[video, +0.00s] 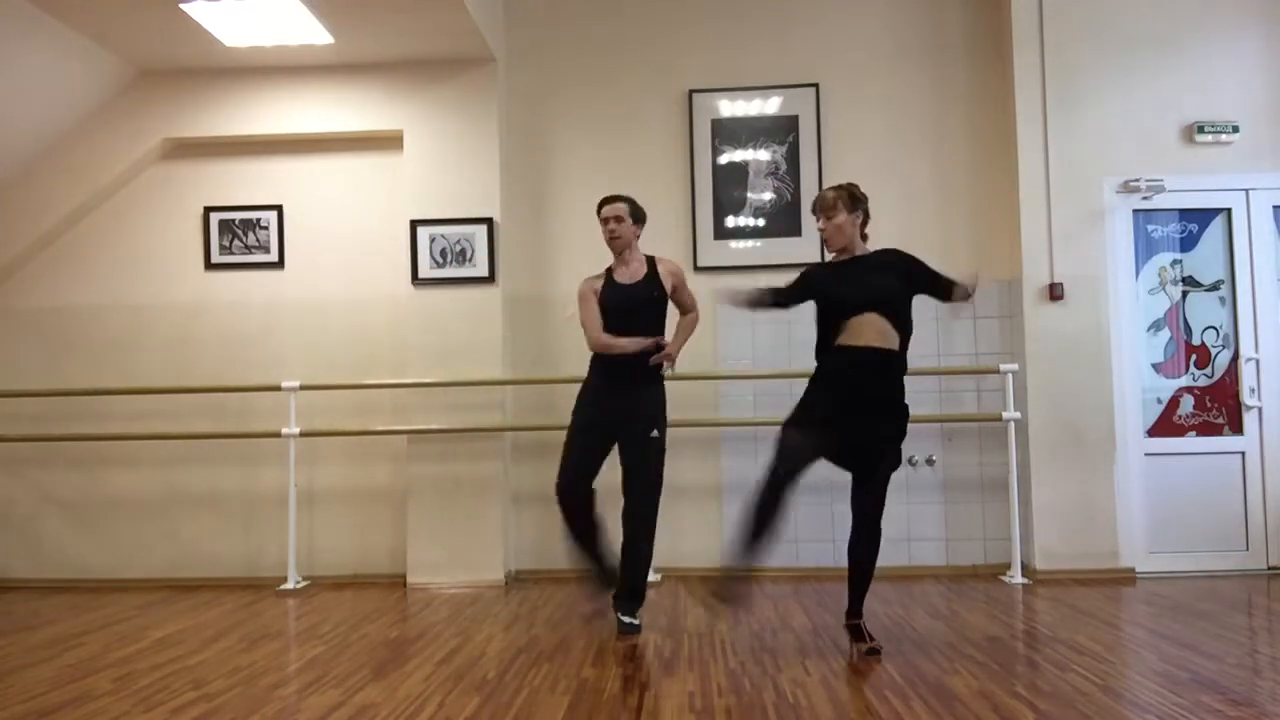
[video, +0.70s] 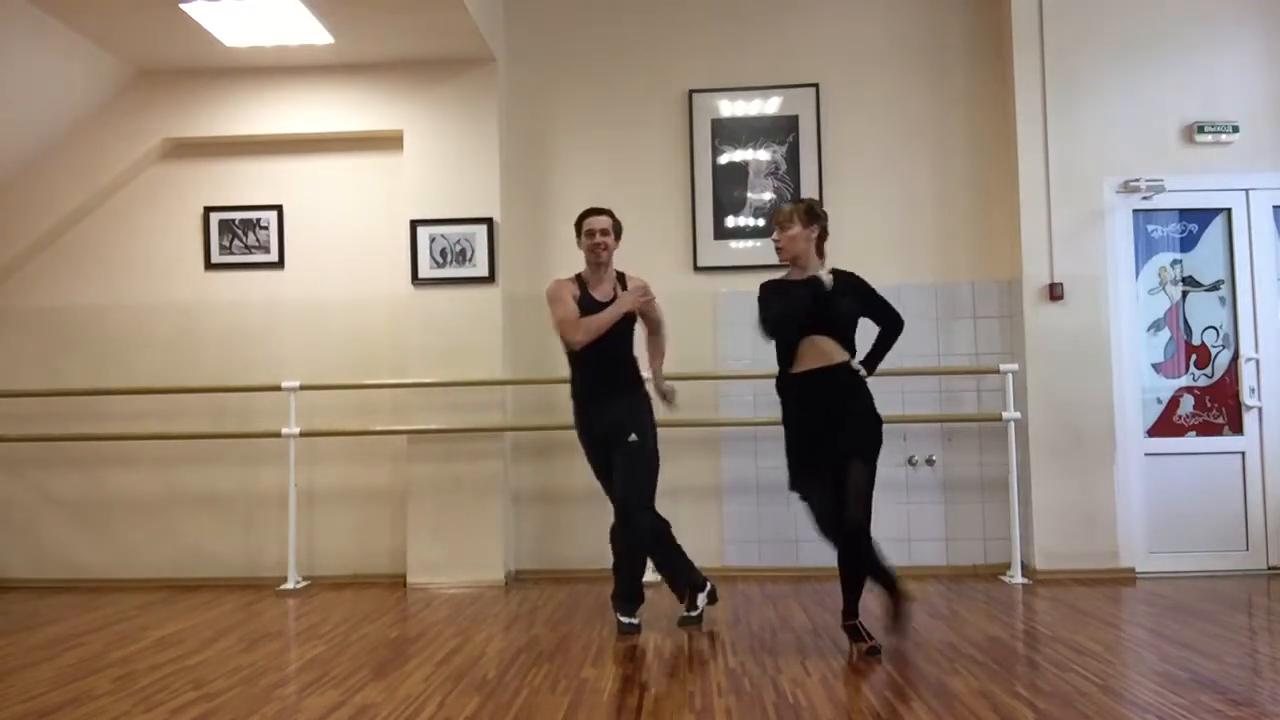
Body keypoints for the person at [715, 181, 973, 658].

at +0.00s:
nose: (824, 225)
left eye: (833, 215)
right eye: (821, 217)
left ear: (859, 218)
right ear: (820, 223)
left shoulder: (896, 262)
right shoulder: (820, 275)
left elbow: (949, 291)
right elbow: (782, 297)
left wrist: (963, 289)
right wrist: (740, 297)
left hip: (883, 394)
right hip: (830, 388)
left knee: (868, 513)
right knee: (781, 472)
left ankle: (855, 616)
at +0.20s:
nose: (816, 228)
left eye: (825, 220)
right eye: (814, 222)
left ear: (853, 226)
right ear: (815, 231)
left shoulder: (883, 275)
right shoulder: (804, 285)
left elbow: (937, 314)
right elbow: (757, 322)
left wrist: (916, 366)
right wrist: (754, 281)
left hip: (875, 399)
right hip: (822, 402)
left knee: (867, 515)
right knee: (832, 510)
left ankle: (853, 615)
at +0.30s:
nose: (809, 235)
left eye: (819, 227)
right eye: (807, 228)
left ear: (846, 231)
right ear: (808, 234)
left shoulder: (874, 279)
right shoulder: (802, 288)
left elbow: (922, 321)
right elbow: (768, 327)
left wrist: (895, 363)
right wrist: (724, 311)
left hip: (873, 400)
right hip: (824, 406)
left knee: (868, 516)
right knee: (831, 518)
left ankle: (853, 617)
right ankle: (907, 490)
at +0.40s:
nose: (798, 235)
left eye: (808, 227)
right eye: (798, 228)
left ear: (837, 234)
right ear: (802, 237)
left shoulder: (865, 282)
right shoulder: (792, 291)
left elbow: (907, 326)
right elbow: (782, 342)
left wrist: (889, 368)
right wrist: (813, 309)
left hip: (869, 401)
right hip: (823, 410)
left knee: (857, 518)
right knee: (839, 523)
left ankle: (849, 618)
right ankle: (938, 559)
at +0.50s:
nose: (789, 236)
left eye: (799, 228)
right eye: (788, 229)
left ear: (828, 235)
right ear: (793, 239)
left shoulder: (857, 286)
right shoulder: (781, 292)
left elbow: (898, 330)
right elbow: (796, 338)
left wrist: (878, 371)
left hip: (865, 404)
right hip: (817, 413)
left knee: (856, 522)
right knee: (849, 528)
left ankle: (850, 617)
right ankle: (928, 600)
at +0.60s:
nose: (782, 236)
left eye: (793, 227)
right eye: (783, 229)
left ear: (822, 235)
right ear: (790, 238)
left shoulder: (851, 285)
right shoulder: (777, 290)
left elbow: (889, 328)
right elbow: (792, 330)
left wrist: (870, 371)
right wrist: (821, 276)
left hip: (857, 399)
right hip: (809, 409)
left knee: (855, 520)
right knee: (849, 526)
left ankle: (851, 617)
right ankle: (923, 597)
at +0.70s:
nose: (776, 236)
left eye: (786, 228)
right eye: (775, 229)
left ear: (814, 232)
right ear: (779, 237)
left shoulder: (845, 282)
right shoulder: (774, 289)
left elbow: (892, 323)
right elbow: (776, 328)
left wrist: (866, 367)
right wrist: (810, 279)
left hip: (848, 398)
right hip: (800, 406)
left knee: (853, 516)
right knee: (828, 520)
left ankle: (851, 617)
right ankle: (891, 584)